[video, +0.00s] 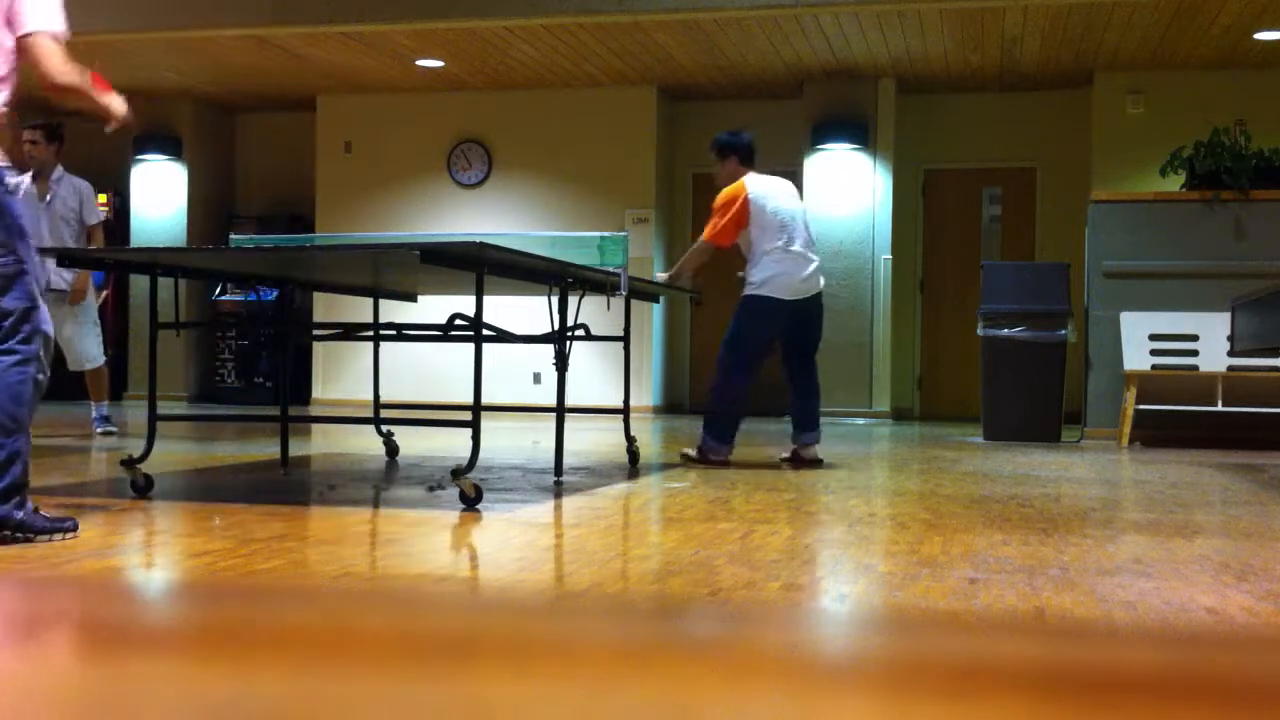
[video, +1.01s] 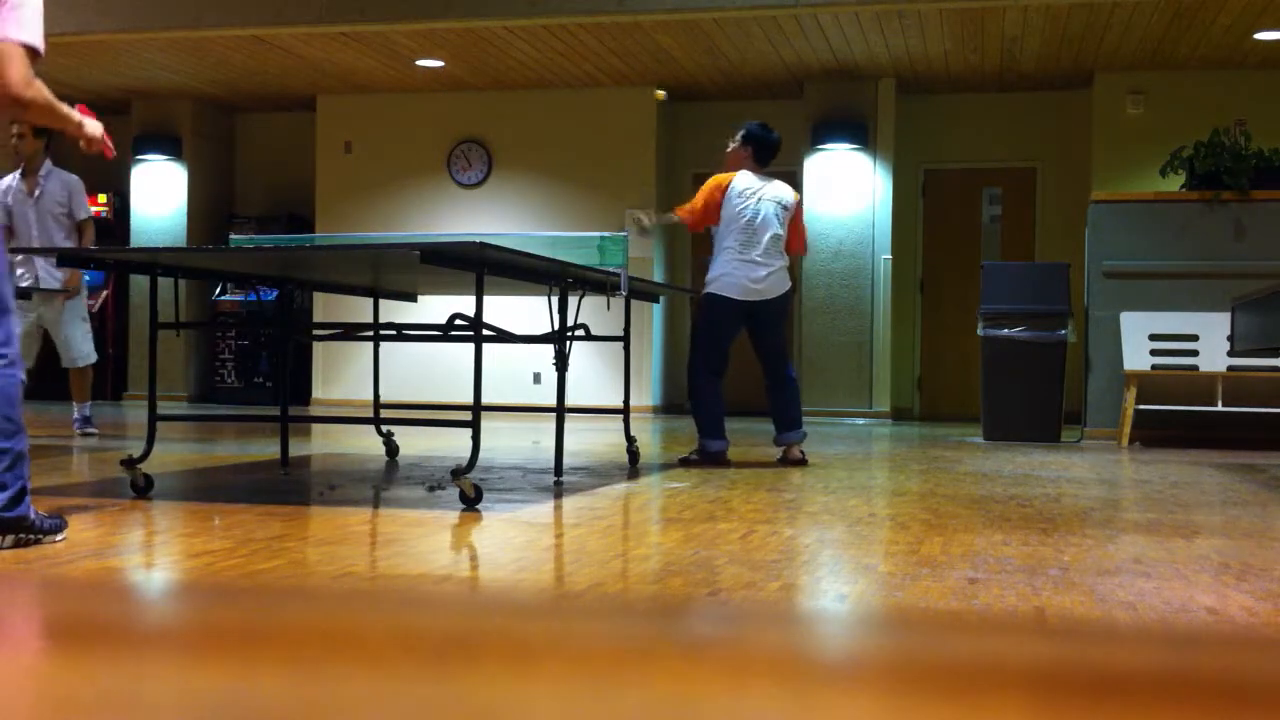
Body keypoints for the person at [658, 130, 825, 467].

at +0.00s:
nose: (716, 173)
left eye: (718, 165)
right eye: (715, 166)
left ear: (734, 162)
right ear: (749, 161)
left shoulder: (736, 192)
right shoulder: (785, 186)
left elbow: (708, 245)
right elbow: (789, 240)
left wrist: (673, 274)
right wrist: (755, 269)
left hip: (768, 291)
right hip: (808, 292)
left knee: (734, 362)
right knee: (801, 364)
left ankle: (715, 447)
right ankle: (807, 447)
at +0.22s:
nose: (687, 178)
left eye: (688, 171)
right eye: (686, 171)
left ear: (702, 169)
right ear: (720, 167)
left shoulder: (704, 203)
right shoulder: (755, 188)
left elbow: (687, 259)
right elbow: (751, 244)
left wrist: (648, 279)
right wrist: (714, 269)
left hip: (745, 293)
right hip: (788, 291)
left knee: (711, 369)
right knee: (791, 369)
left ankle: (713, 448)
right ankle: (805, 446)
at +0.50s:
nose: (679, 165)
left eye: (682, 158)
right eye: (679, 158)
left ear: (698, 159)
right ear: (715, 160)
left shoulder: (696, 194)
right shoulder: (749, 182)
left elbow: (670, 250)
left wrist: (638, 260)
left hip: (730, 290)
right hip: (773, 287)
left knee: (702, 369)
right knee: (781, 366)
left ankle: (713, 448)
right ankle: (799, 446)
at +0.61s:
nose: (686, 160)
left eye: (690, 153)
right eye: (687, 153)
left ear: (707, 154)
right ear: (724, 155)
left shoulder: (698, 188)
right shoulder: (758, 182)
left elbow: (659, 221)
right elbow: (724, 218)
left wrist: (636, 220)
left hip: (724, 294)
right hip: (770, 292)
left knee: (701, 370)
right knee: (778, 367)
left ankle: (712, 448)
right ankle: (794, 446)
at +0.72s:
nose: (699, 155)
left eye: (705, 149)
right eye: (701, 148)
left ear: (721, 152)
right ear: (735, 155)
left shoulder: (705, 185)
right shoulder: (767, 187)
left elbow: (649, 196)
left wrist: (604, 177)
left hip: (721, 296)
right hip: (768, 295)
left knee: (700, 370)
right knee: (774, 370)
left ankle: (712, 449)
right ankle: (791, 446)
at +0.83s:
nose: (711, 152)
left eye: (717, 147)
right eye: (714, 146)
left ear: (732, 151)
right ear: (745, 155)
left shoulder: (710, 183)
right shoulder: (776, 192)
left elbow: (657, 197)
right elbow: (775, 247)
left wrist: (618, 174)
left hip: (721, 293)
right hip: (769, 294)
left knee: (699, 369)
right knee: (776, 367)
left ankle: (712, 448)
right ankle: (792, 446)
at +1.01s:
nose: (727, 149)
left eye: (734, 144)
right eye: (731, 142)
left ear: (747, 152)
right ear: (765, 156)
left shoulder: (723, 182)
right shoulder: (789, 195)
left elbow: (692, 214)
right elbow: (797, 249)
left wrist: (655, 219)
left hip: (725, 290)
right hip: (772, 293)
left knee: (705, 367)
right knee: (778, 365)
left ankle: (712, 447)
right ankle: (792, 446)